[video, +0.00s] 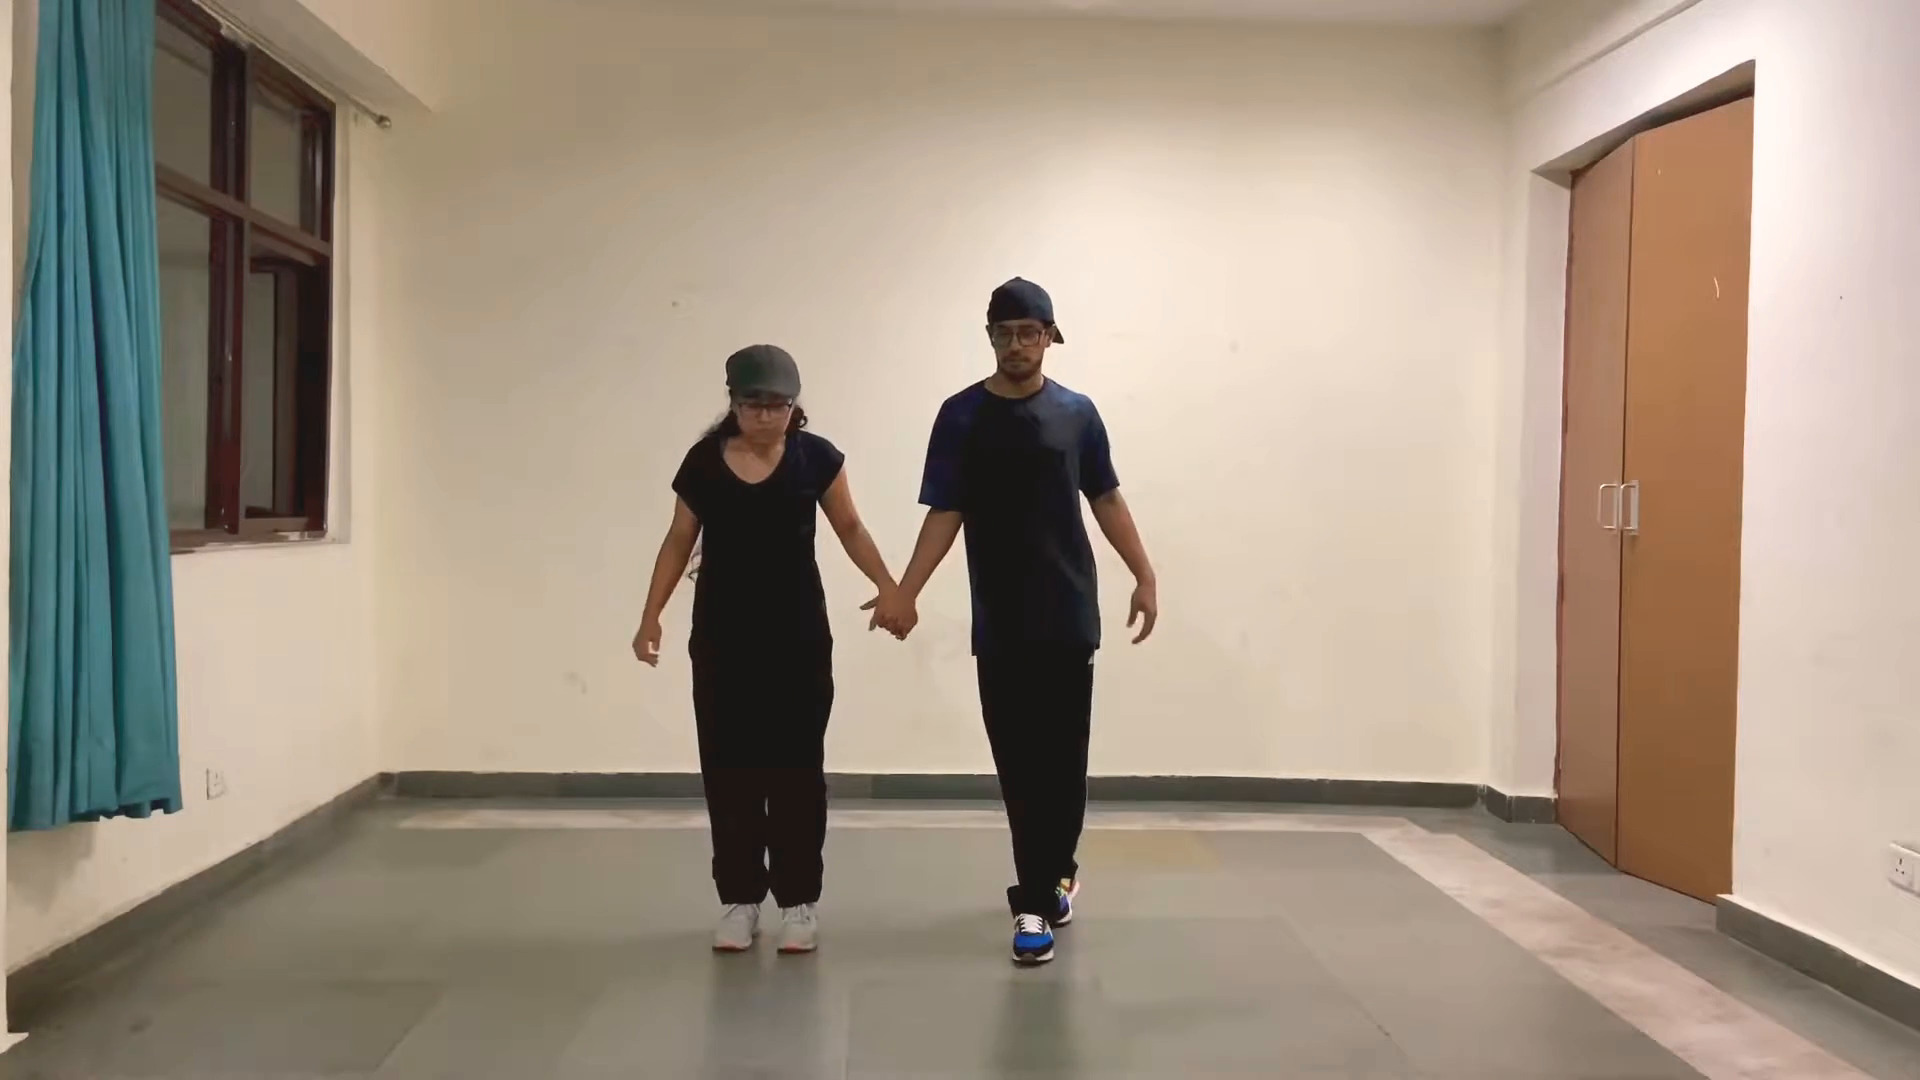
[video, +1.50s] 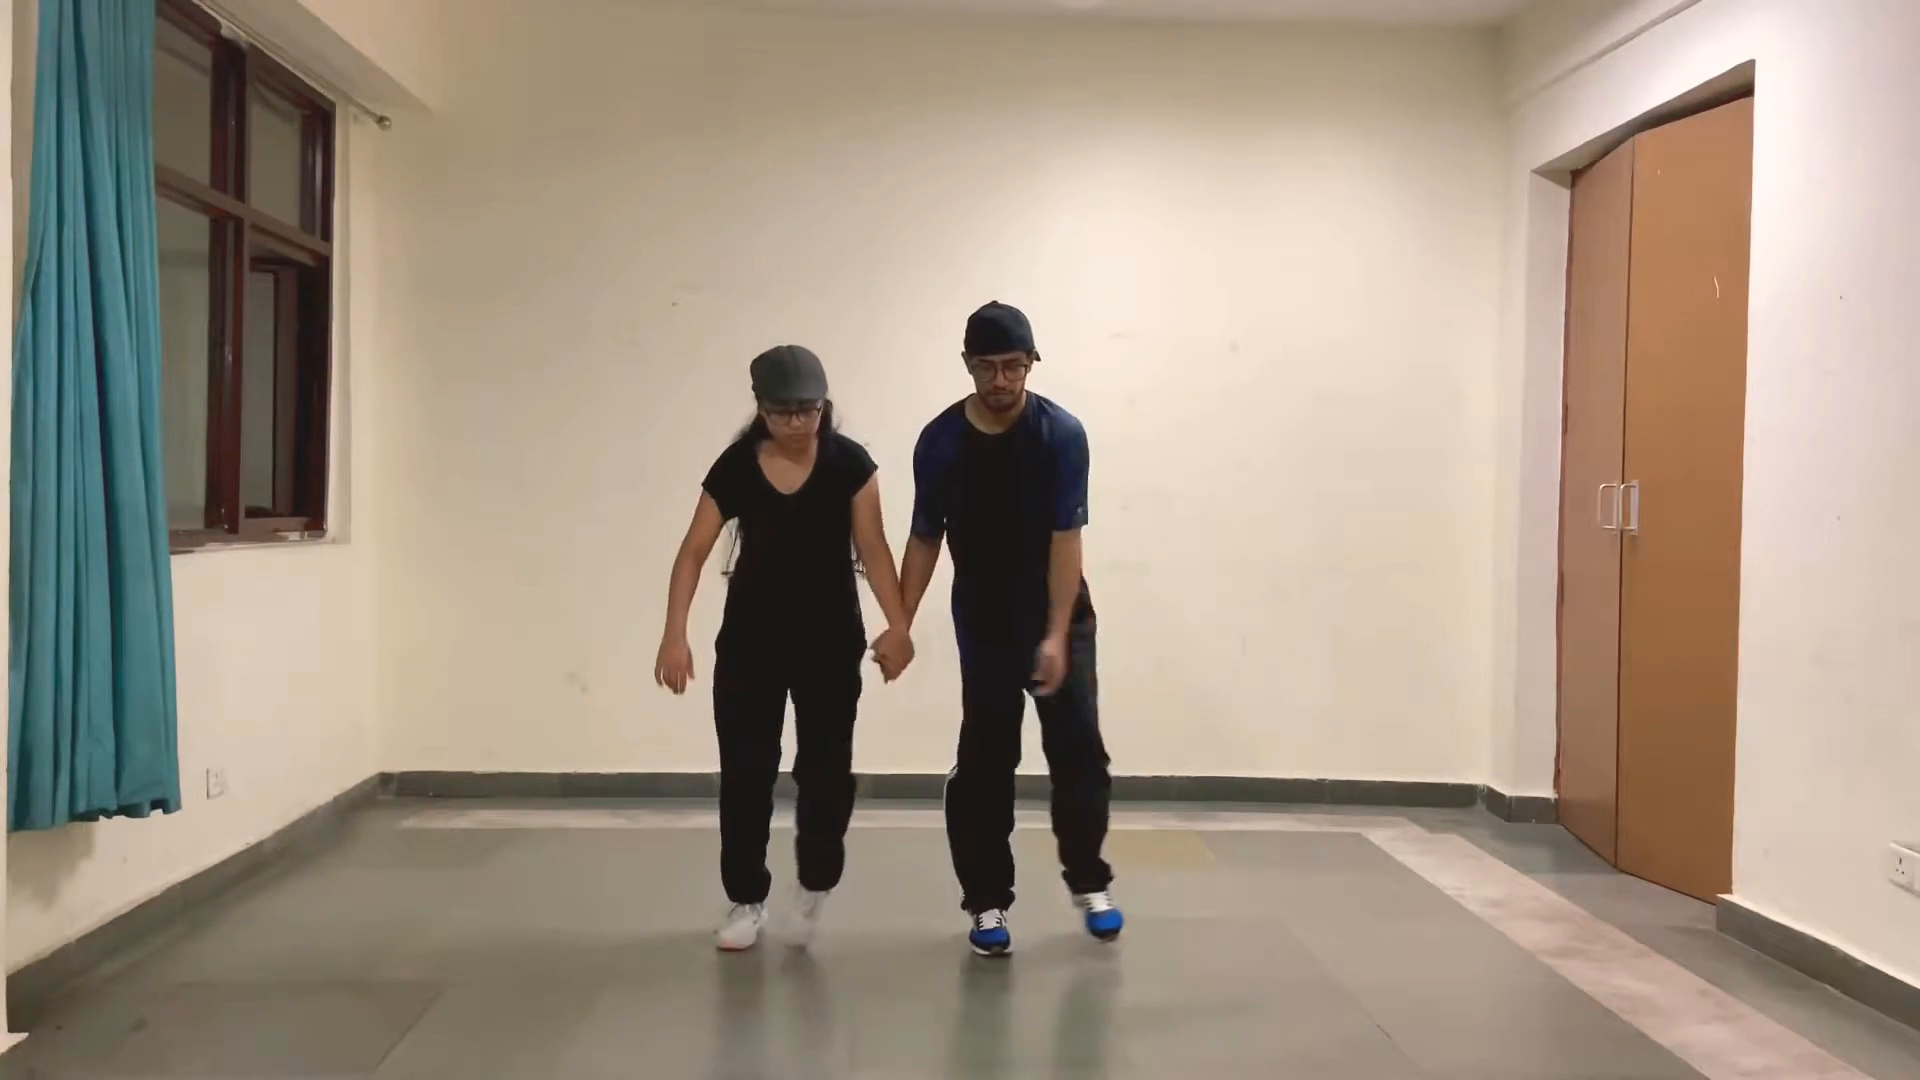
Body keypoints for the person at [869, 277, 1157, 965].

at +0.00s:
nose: (1018, 346)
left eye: (1030, 334)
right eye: (1006, 334)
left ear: (1050, 339)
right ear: (991, 338)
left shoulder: (1077, 413)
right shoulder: (961, 414)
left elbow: (1106, 498)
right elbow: (943, 512)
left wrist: (1145, 573)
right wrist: (905, 591)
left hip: (1068, 613)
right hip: (998, 618)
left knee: (1062, 755)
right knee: (1016, 757)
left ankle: (1037, 898)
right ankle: (1046, 882)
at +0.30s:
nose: (996, 374)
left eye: (1008, 361)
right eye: (984, 362)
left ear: (1028, 363)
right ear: (968, 364)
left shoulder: (1055, 438)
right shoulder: (936, 436)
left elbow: (1094, 532)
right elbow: (905, 533)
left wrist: (1149, 589)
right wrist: (859, 620)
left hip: (1050, 634)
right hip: (976, 634)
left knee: (1048, 767)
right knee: (987, 768)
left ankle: (1030, 908)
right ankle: (1022, 871)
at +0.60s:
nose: (942, 369)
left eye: (955, 356)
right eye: (931, 357)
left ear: (980, 354)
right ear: (918, 358)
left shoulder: (1023, 425)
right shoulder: (901, 437)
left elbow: (1075, 490)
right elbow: (876, 533)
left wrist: (1128, 526)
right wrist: (832, 615)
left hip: (996, 627)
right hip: (918, 627)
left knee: (1016, 758)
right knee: (896, 753)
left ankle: (1023, 906)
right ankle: (856, 871)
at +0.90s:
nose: (914, 388)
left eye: (925, 374)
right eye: (902, 376)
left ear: (951, 370)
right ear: (891, 379)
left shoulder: (999, 439)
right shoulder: (881, 454)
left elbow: (1065, 501)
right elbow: (854, 551)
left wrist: (1139, 552)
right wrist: (809, 626)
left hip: (977, 636)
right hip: (903, 634)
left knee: (978, 769)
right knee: (867, 756)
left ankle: (1011, 906)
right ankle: (852, 878)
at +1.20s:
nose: (968, 370)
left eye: (980, 356)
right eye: (955, 358)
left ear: (999, 352)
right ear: (936, 357)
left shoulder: (1034, 422)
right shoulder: (910, 426)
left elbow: (1108, 482)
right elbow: (891, 516)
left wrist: (1183, 489)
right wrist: (872, 565)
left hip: (1034, 625)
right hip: (961, 629)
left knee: (1041, 772)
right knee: (982, 767)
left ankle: (1029, 912)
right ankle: (983, 902)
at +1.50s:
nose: (1001, 379)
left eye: (1013, 366)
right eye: (987, 366)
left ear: (1031, 364)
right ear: (969, 368)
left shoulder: (1061, 435)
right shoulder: (940, 442)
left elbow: (1066, 543)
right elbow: (923, 539)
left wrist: (1058, 633)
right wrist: (899, 626)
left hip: (1059, 611)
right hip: (985, 617)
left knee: (1078, 748)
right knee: (987, 756)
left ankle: (1089, 879)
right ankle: (987, 901)